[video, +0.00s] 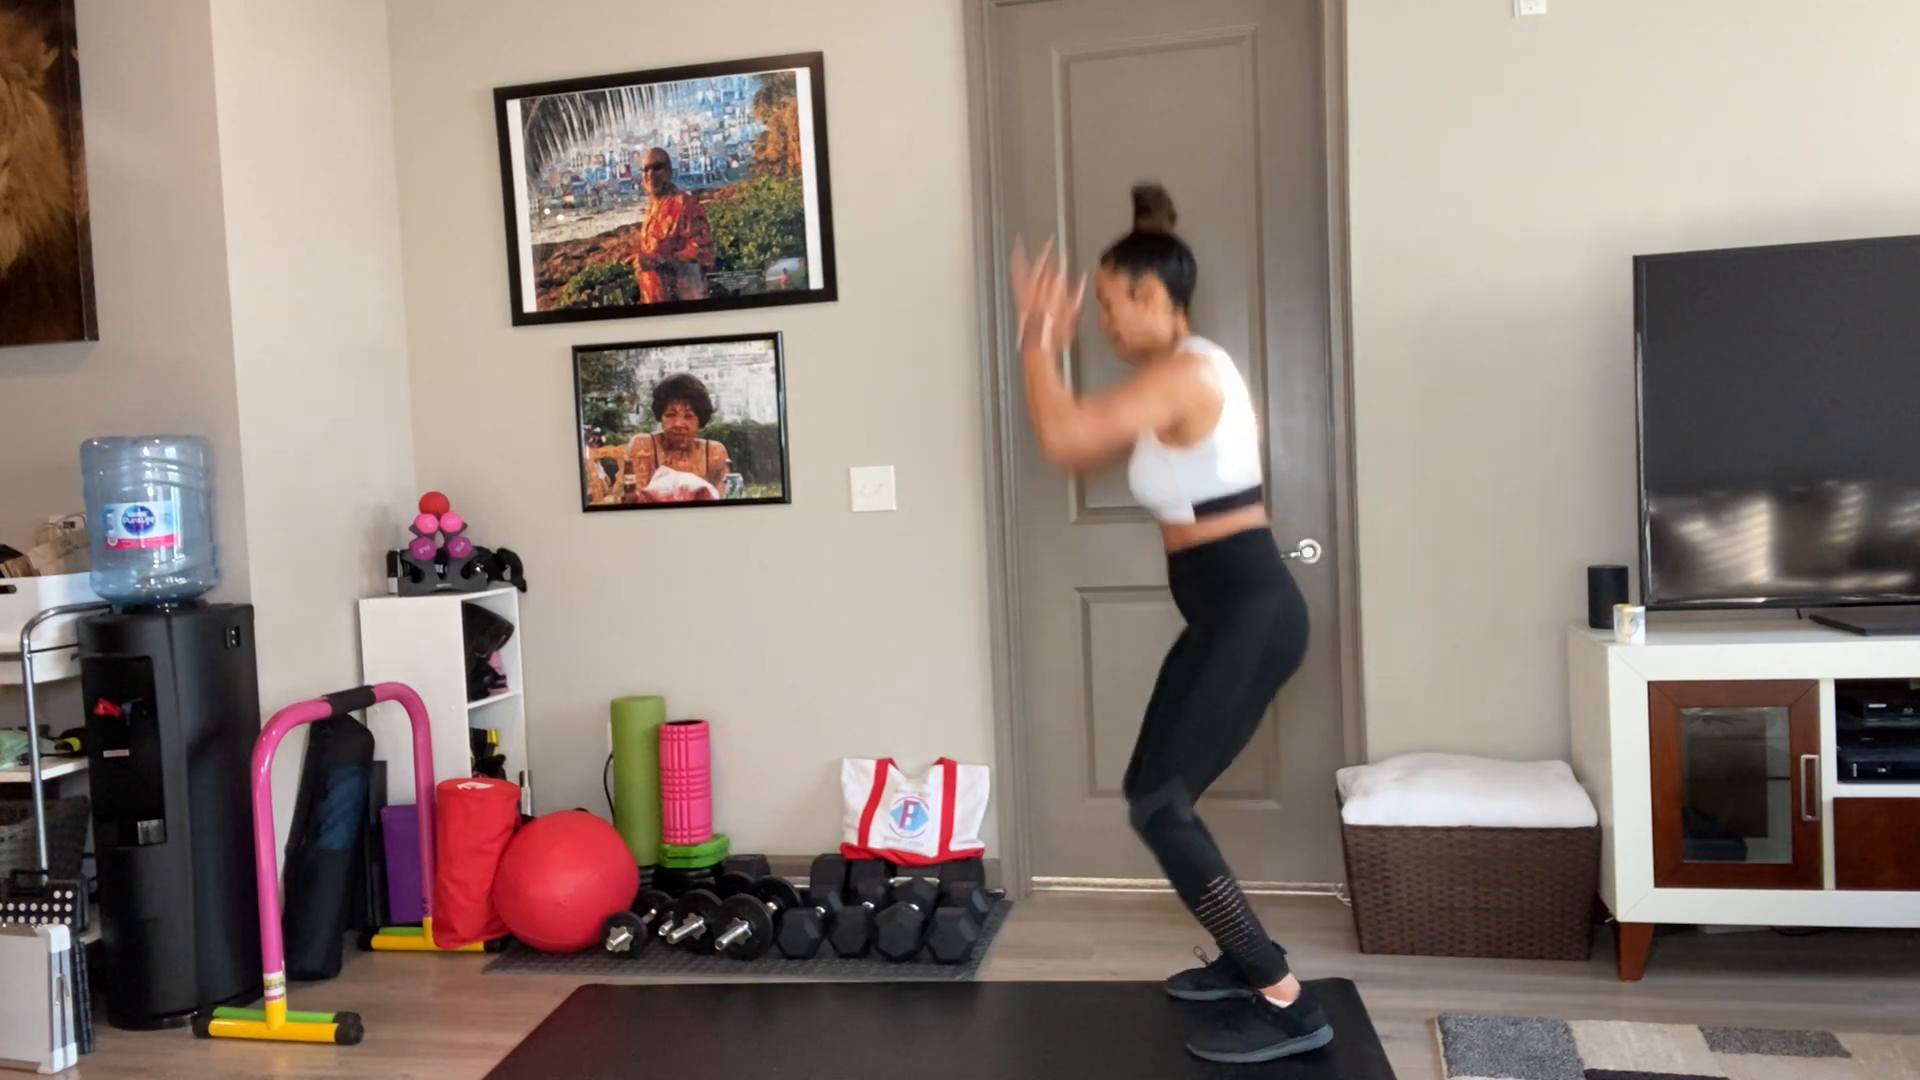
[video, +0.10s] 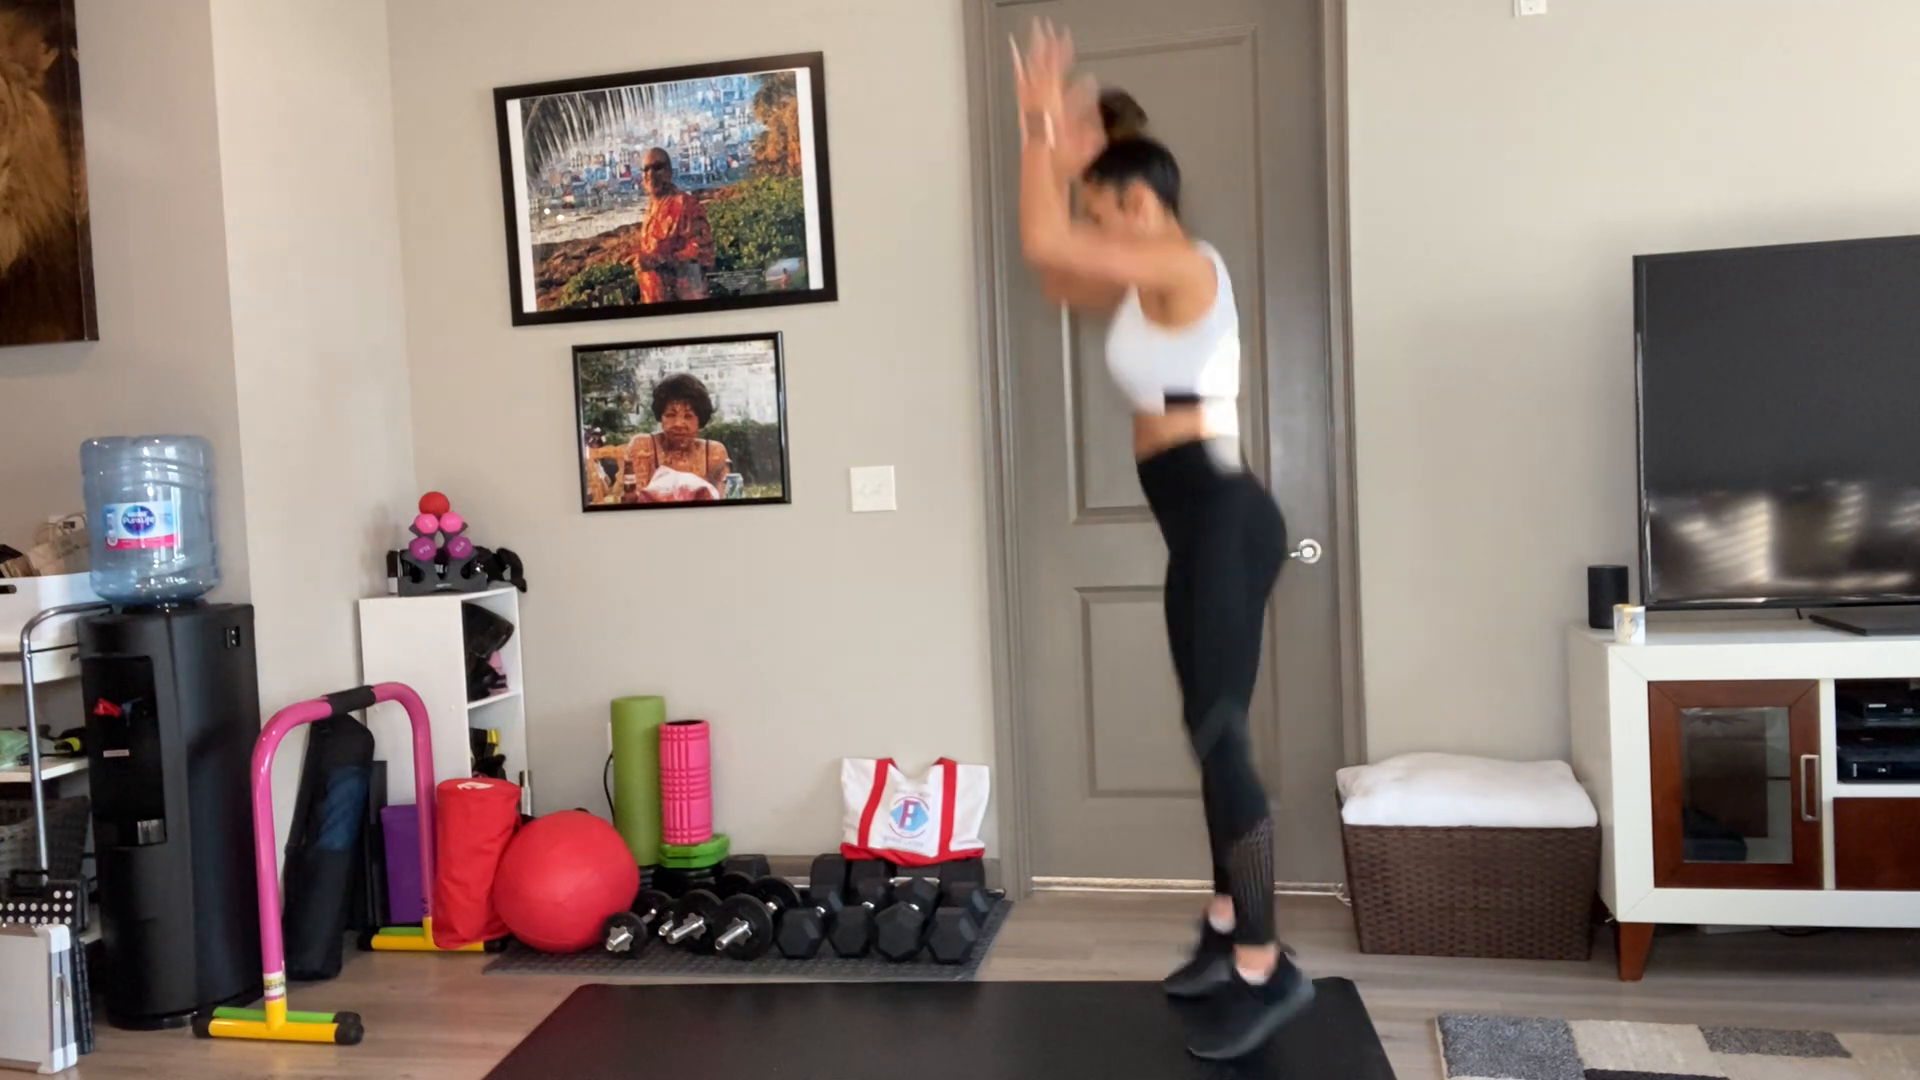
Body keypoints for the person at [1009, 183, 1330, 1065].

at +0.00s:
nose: (1111, 315)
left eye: (1122, 299)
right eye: (1107, 301)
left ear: (1164, 297)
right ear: (1129, 304)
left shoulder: (1192, 376)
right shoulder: (1175, 370)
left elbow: (1065, 439)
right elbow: (1074, 440)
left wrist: (1036, 340)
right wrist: (1053, 347)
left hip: (1252, 610)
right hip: (1222, 609)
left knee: (1159, 800)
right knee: (1152, 791)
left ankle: (1277, 989)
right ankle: (1247, 960)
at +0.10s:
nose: (1104, 221)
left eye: (1113, 206)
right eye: (1098, 209)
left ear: (1151, 197)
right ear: (1113, 212)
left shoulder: (1189, 265)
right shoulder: (1147, 275)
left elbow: (1050, 245)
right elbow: (1057, 271)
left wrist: (1043, 139)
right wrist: (1046, 150)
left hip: (1226, 513)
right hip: (1191, 519)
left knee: (1221, 729)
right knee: (1211, 726)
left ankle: (1263, 960)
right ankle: (1228, 920)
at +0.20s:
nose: (1076, 180)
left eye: (1084, 160)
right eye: (1074, 163)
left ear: (1123, 146)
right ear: (1115, 147)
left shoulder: (1173, 206)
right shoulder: (1143, 220)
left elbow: (1066, 129)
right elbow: (1066, 136)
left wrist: (1016, 29)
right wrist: (1027, 40)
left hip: (1223, 450)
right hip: (1200, 454)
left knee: (1208, 664)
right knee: (1205, 665)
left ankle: (1262, 889)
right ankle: (1258, 875)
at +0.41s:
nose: (1058, 191)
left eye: (1060, 173)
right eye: (1053, 177)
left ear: (1095, 155)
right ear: (1094, 155)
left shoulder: (1146, 214)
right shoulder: (1124, 227)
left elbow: (1041, 172)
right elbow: (1047, 180)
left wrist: (983, 92)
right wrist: (1012, 112)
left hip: (1222, 458)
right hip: (1206, 460)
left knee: (1206, 671)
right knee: (1206, 671)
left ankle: (1252, 895)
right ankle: (1237, 873)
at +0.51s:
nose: (1041, 271)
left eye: (1052, 254)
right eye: (1034, 258)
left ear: (1091, 244)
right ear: (1055, 255)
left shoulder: (1142, 300)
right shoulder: (1101, 305)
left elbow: (1080, 336)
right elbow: (1053, 306)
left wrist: (1002, 291)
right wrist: (1016, 279)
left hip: (1234, 521)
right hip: (1206, 528)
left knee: (1195, 733)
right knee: (1192, 732)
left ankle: (1257, 964)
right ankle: (1233, 929)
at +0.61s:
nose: (1006, 402)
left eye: (1010, 381)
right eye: (1001, 386)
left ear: (1051, 368)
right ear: (1048, 370)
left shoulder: (1111, 432)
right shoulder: (1107, 427)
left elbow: (1129, 551)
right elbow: (1146, 551)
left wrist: (1015, 555)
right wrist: (1054, 524)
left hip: (1258, 623)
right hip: (1237, 622)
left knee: (1156, 814)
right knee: (1159, 800)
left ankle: (1285, 1007)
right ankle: (1255, 954)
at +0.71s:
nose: (975, 531)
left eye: (976, 512)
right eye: (969, 515)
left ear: (1014, 493)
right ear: (1015, 494)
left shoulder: (1088, 546)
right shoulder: (1093, 526)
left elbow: (1116, 694)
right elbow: (1129, 670)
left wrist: (1023, 778)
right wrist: (1064, 701)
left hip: (1281, 679)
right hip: (1248, 676)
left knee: (1138, 843)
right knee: (1126, 800)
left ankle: (1286, 1012)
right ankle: (1252, 946)